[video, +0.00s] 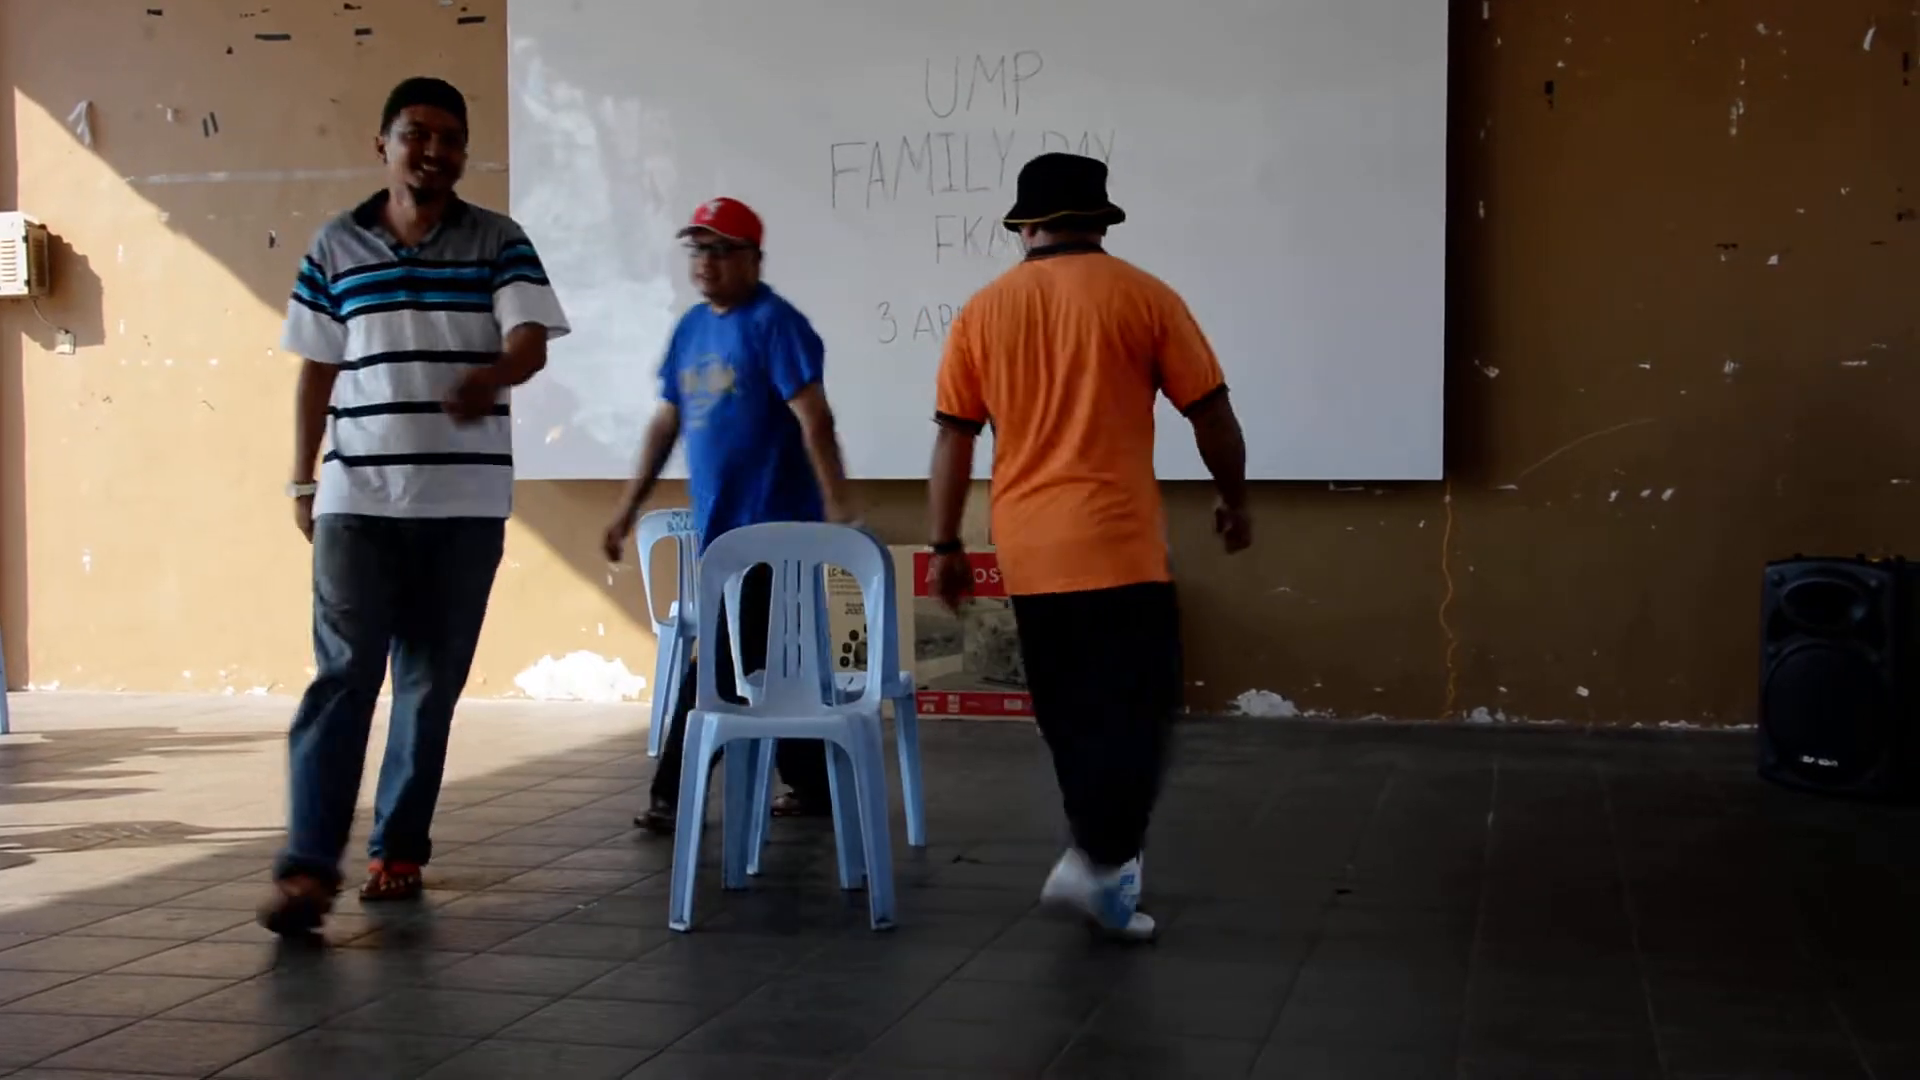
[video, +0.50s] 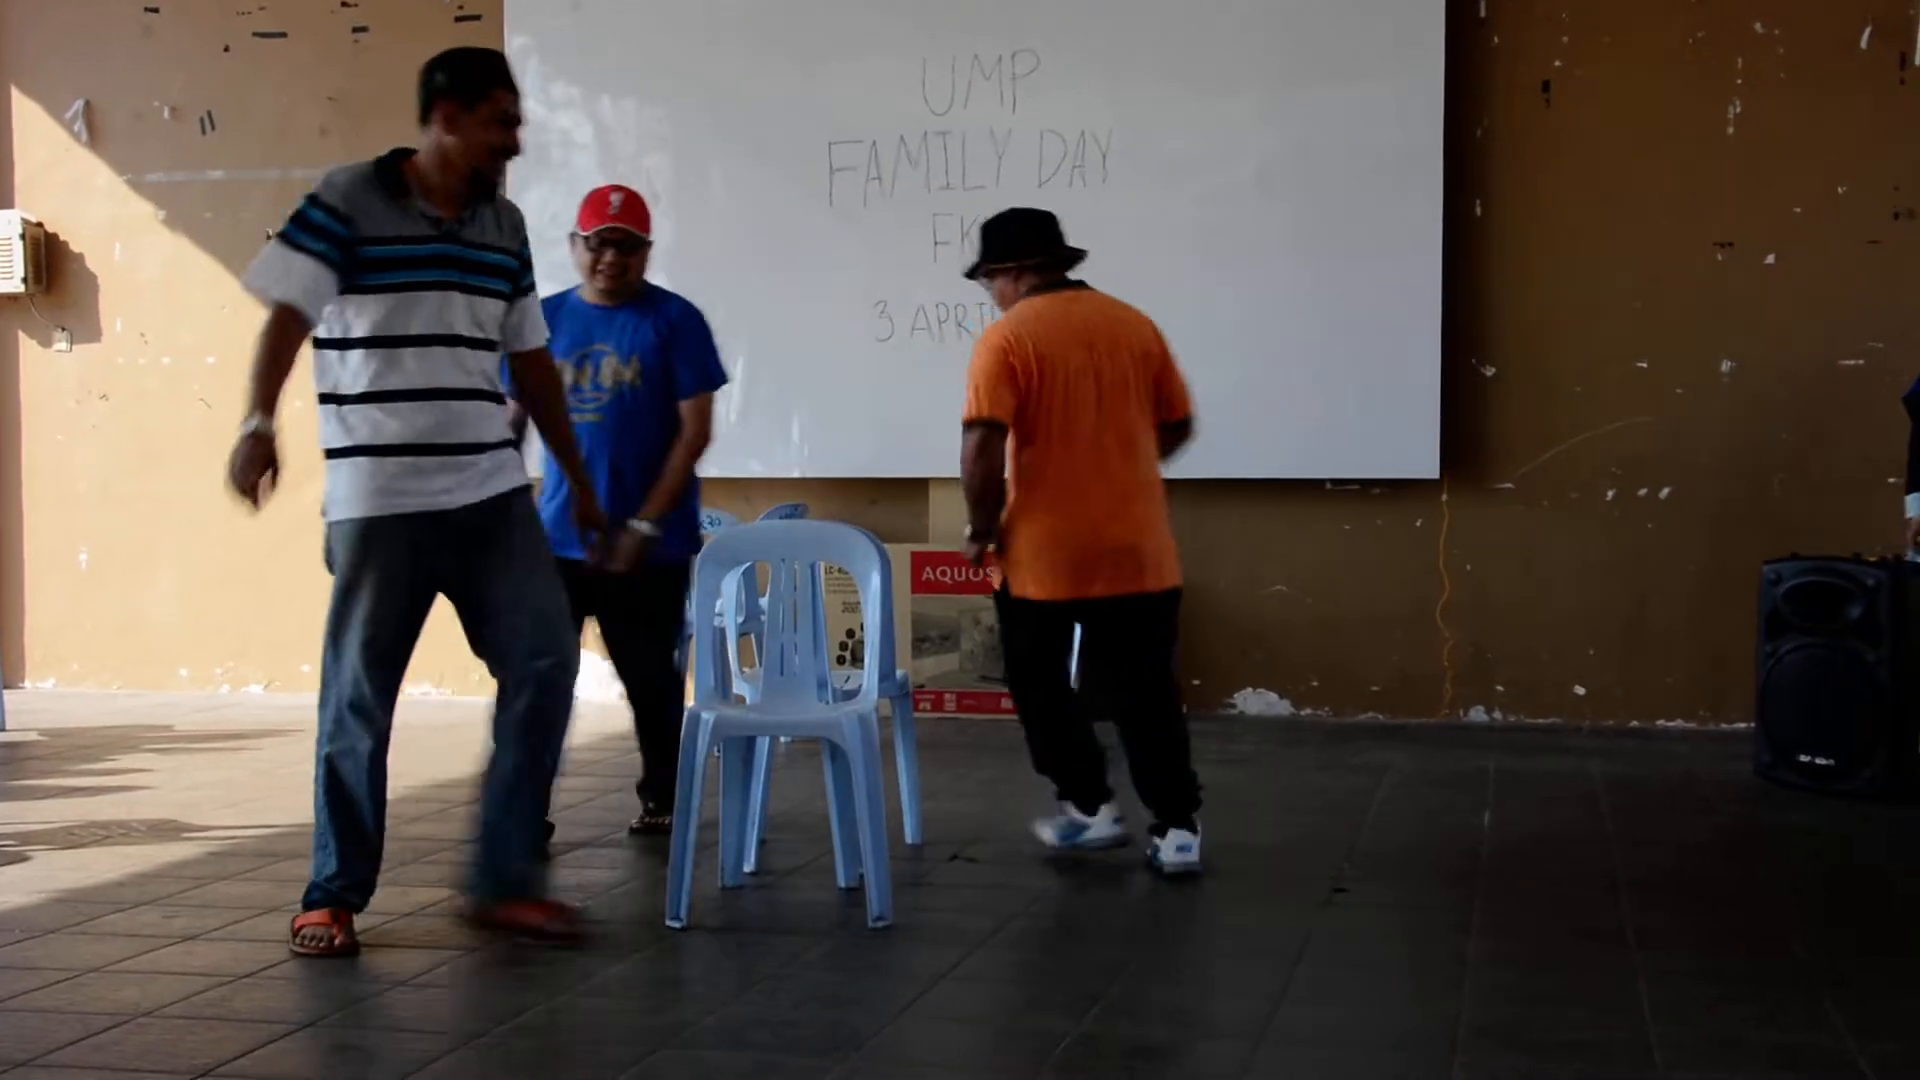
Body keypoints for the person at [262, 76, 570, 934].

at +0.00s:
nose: (432, 152)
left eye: (448, 139)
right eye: (416, 136)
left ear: (464, 153)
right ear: (383, 145)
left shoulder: (497, 241)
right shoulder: (339, 245)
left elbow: (532, 343)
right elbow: (318, 368)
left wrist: (494, 375)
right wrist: (304, 473)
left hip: (463, 504)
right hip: (358, 498)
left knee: (429, 689)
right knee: (341, 675)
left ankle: (400, 856)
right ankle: (308, 871)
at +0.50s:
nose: (513, 143)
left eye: (517, 127)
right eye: (501, 126)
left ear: (483, 125)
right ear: (443, 116)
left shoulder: (502, 223)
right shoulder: (349, 201)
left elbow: (530, 360)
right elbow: (287, 317)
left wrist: (579, 478)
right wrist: (257, 423)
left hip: (492, 501)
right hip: (380, 504)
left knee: (544, 663)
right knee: (356, 704)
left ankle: (508, 884)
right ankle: (333, 895)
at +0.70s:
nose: (590, 154)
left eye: (594, 138)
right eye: (583, 134)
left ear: (558, 127)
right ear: (535, 119)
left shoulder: (566, 243)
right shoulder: (443, 197)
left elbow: (581, 376)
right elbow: (385, 288)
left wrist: (602, 488)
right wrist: (389, 381)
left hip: (559, 504)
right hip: (453, 503)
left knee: (606, 701)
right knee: (400, 703)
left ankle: (643, 913)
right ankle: (333, 893)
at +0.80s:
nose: (643, 146)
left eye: (645, 129)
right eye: (635, 127)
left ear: (600, 121)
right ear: (587, 119)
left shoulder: (602, 223)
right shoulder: (501, 198)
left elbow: (590, 350)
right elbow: (443, 303)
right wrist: (472, 397)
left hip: (616, 510)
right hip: (523, 514)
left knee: (661, 699)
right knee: (463, 696)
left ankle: (648, 913)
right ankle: (344, 874)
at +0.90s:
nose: (699, 153)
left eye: (699, 134)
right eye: (691, 132)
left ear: (654, 125)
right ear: (648, 123)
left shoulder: (638, 223)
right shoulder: (566, 198)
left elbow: (626, 362)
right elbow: (512, 320)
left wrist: (671, 478)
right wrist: (549, 446)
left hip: (662, 512)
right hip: (586, 512)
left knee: (700, 708)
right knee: (556, 708)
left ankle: (648, 913)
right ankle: (408, 838)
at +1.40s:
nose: (646, 217)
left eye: (652, 203)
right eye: (632, 201)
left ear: (650, 207)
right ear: (585, 193)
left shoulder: (649, 296)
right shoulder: (504, 276)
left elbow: (667, 394)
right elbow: (438, 382)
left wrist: (696, 465)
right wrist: (490, 484)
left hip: (614, 537)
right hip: (527, 533)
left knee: (597, 709)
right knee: (533, 706)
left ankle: (550, 855)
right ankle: (526, 880)